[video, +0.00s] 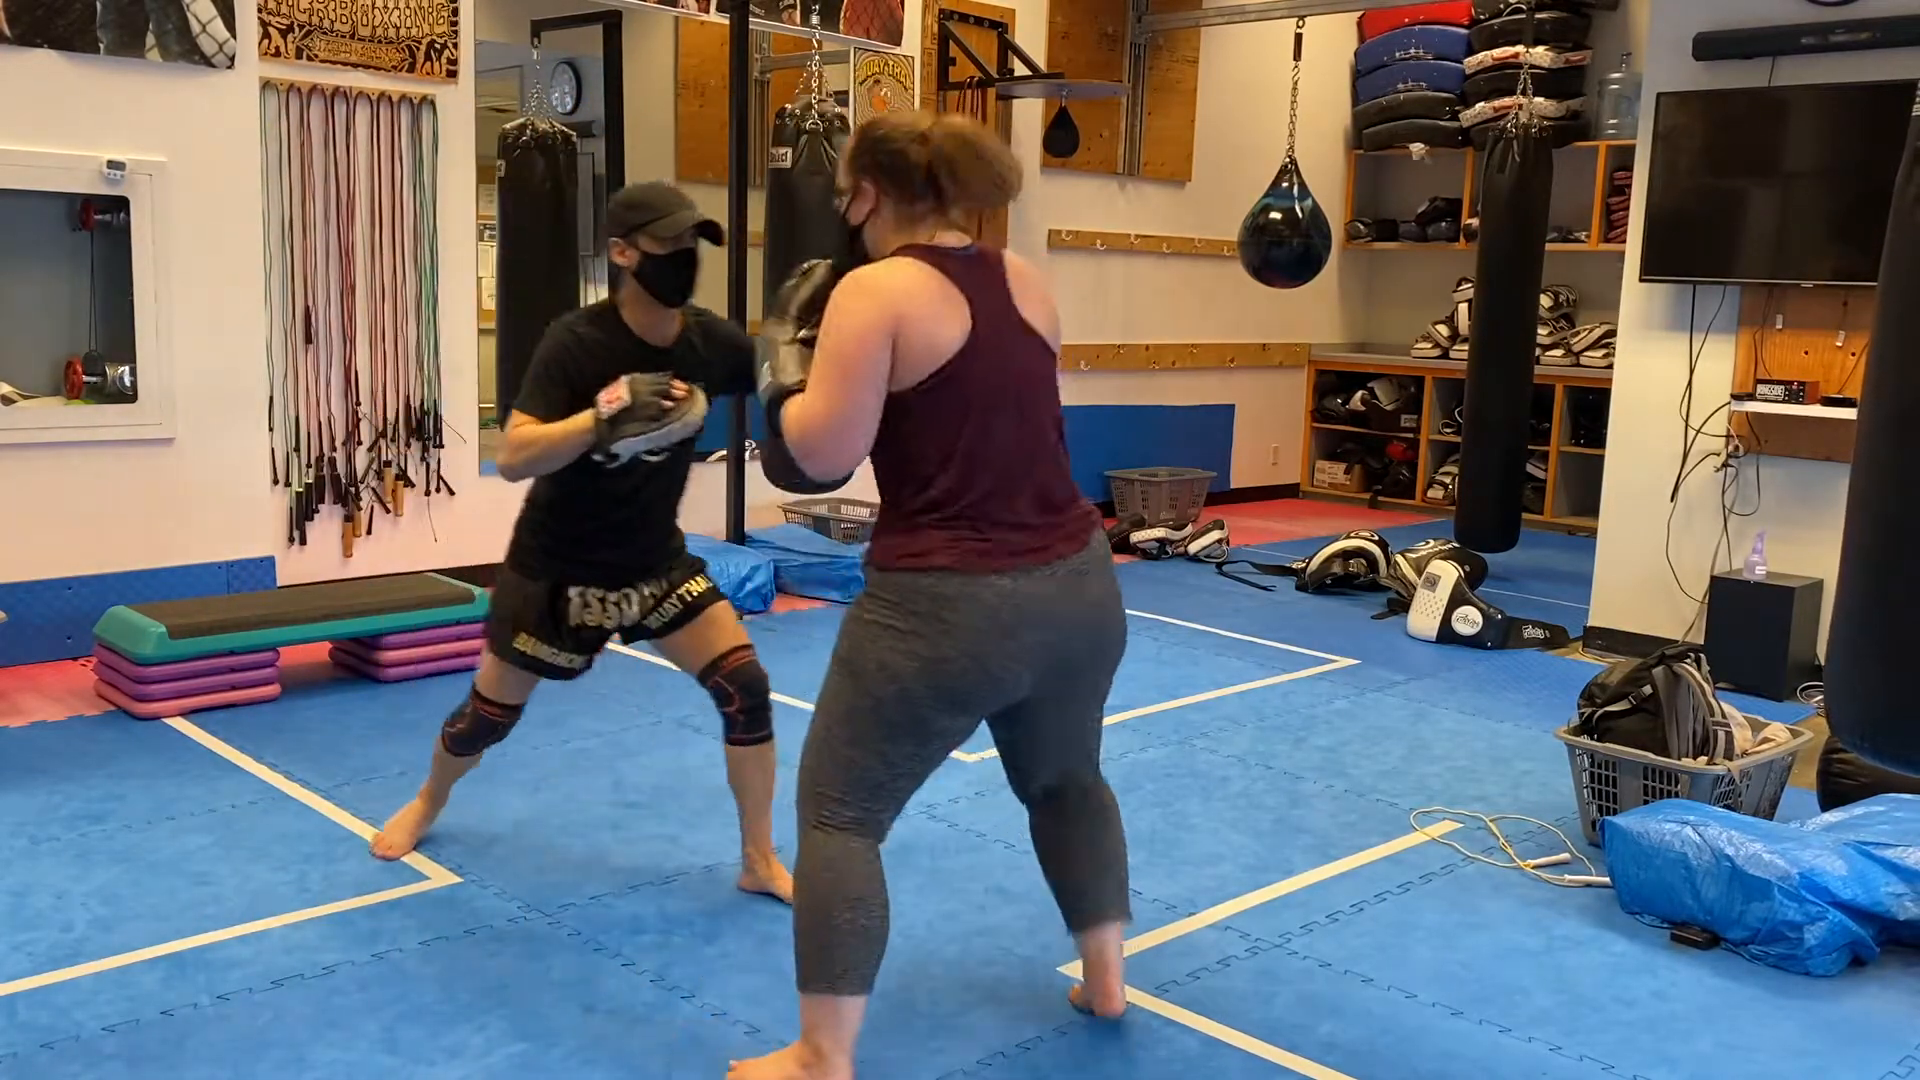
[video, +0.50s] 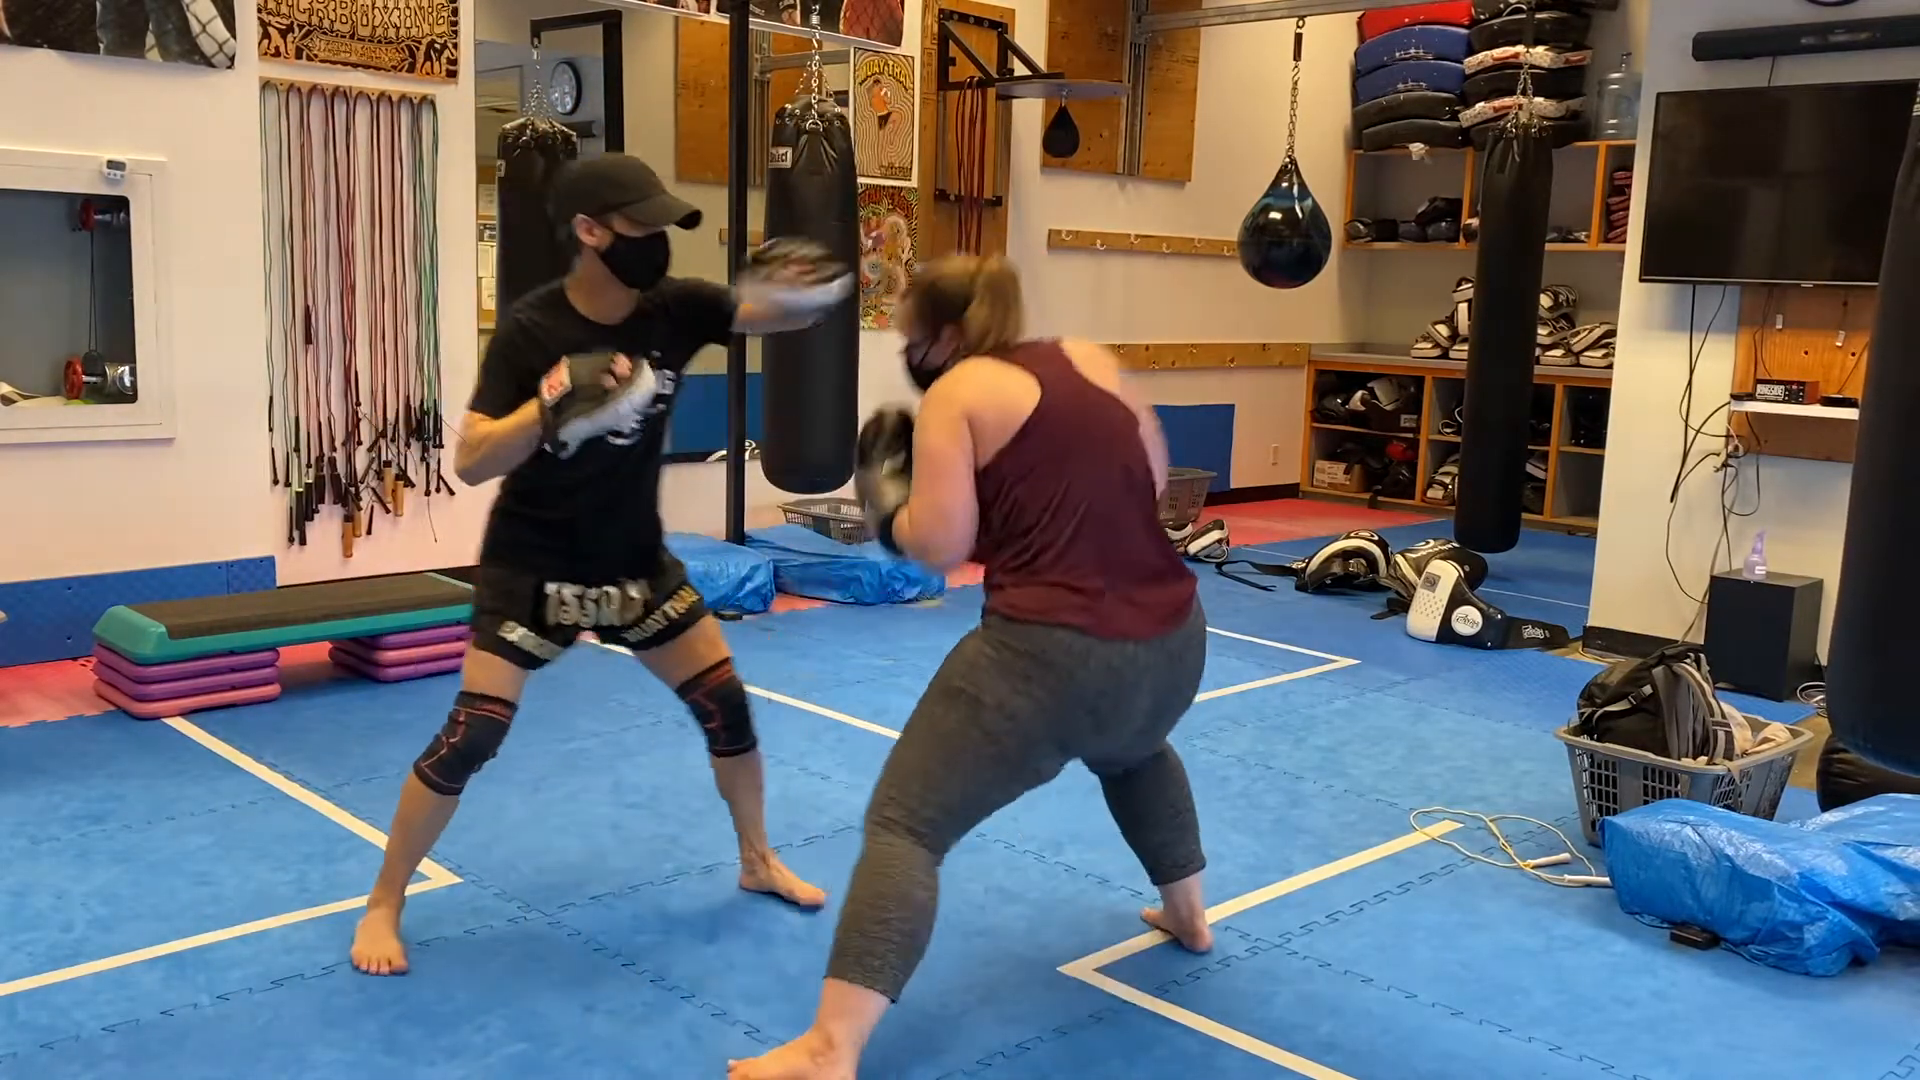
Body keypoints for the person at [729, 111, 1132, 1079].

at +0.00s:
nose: (848, 218)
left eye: (849, 202)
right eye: (845, 204)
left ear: (875, 194)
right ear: (956, 192)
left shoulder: (874, 291)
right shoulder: (1028, 278)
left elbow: (821, 454)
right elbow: (1008, 382)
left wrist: (784, 398)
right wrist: (865, 337)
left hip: (940, 610)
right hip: (1077, 594)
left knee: (840, 818)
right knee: (1067, 778)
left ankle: (825, 1055)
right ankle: (1107, 982)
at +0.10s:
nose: (809, 276)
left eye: (812, 257)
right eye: (805, 257)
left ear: (841, 256)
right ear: (918, 247)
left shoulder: (853, 346)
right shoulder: (988, 311)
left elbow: (797, 503)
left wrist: (762, 425)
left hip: (969, 638)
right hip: (1098, 623)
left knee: (825, 817)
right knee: (1067, 741)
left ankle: (823, 1055)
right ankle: (1136, 931)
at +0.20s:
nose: (802, 356)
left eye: (803, 339)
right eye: (800, 339)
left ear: (827, 338)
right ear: (888, 317)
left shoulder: (865, 410)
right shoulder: (973, 359)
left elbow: (847, 572)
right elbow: (1023, 349)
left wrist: (785, 507)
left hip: (1003, 672)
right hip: (1121, 651)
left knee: (819, 814)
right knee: (1093, 755)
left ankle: (823, 1055)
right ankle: (1171, 906)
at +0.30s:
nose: (829, 416)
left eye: (833, 401)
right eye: (824, 402)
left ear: (863, 392)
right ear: (909, 370)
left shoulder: (900, 451)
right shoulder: (984, 409)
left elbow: (918, 605)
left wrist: (837, 575)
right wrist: (859, 522)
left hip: (1035, 697)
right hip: (1148, 678)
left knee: (834, 820)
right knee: (1104, 764)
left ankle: (825, 1054)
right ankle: (1185, 914)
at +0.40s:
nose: (870, 417)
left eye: (874, 400)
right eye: (865, 401)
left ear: (911, 389)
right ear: (967, 370)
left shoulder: (932, 445)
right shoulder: (1047, 411)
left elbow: (947, 597)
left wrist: (875, 577)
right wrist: (907, 531)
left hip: (1041, 693)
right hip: (1165, 681)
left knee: (861, 824)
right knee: (1118, 755)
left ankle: (828, 1051)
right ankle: (1187, 915)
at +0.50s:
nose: (906, 349)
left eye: (910, 333)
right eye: (904, 334)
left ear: (944, 331)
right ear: (1000, 318)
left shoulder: (955, 396)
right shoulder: (1093, 361)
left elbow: (940, 545)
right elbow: (1152, 475)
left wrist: (885, 496)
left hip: (1046, 653)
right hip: (1171, 644)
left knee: (906, 824)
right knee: (1130, 746)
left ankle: (833, 1045)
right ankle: (1188, 912)